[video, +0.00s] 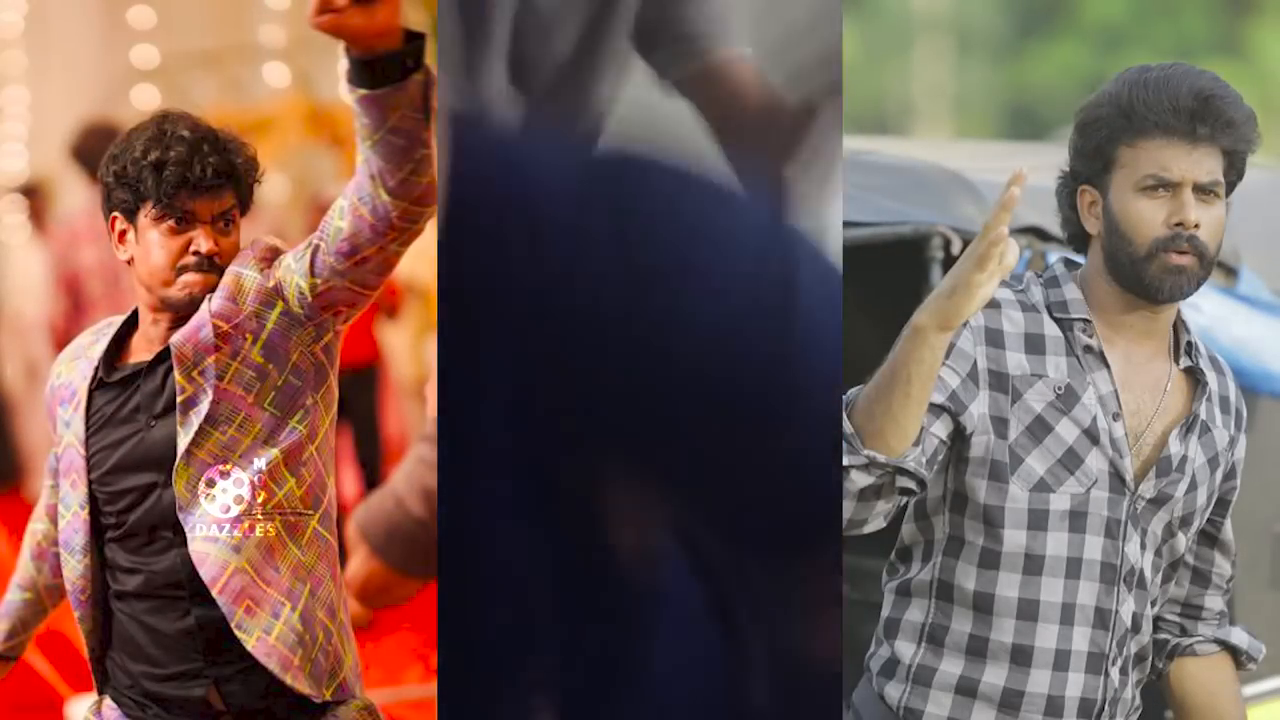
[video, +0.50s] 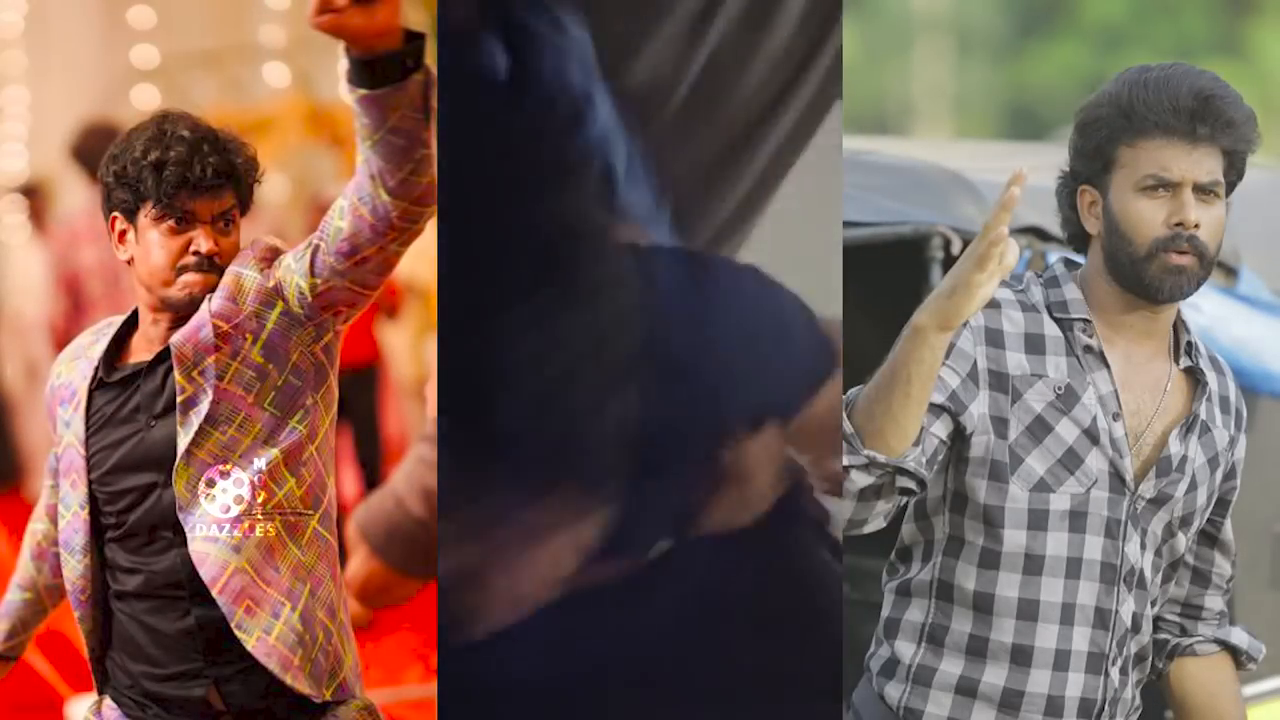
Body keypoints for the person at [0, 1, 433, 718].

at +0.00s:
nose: (206, 245)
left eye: (223, 222)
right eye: (179, 222)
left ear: (243, 230)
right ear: (122, 236)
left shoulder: (287, 312)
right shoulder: (76, 373)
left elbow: (394, 199)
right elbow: (56, 525)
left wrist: (380, 52)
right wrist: (7, 634)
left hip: (291, 700)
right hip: (140, 705)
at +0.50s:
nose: (206, 245)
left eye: (224, 223)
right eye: (179, 222)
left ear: (243, 230)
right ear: (122, 237)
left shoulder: (288, 312)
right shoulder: (76, 373)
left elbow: (395, 199)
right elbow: (56, 524)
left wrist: (380, 52)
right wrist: (8, 633)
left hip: (291, 700)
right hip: (140, 705)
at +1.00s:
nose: (206, 245)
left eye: (223, 222)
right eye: (179, 222)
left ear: (243, 230)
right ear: (122, 236)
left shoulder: (287, 312)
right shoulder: (76, 373)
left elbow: (394, 199)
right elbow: (56, 524)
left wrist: (380, 52)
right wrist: (8, 634)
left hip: (292, 702)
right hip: (140, 707)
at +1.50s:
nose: (206, 245)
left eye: (224, 223)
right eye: (179, 222)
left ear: (243, 230)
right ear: (123, 237)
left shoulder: (288, 311)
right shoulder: (76, 373)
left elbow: (394, 199)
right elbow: (56, 524)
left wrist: (381, 52)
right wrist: (8, 634)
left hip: (291, 700)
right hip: (140, 705)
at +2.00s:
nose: (206, 245)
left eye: (224, 223)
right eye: (179, 222)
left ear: (243, 230)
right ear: (123, 237)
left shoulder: (288, 312)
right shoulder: (76, 373)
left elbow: (394, 200)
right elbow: (56, 524)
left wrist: (381, 52)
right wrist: (8, 634)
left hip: (291, 700)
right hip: (140, 705)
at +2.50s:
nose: (206, 245)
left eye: (223, 222)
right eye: (179, 222)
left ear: (243, 230)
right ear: (122, 236)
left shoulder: (287, 312)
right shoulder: (76, 373)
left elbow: (394, 200)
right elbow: (56, 524)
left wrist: (381, 52)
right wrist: (7, 635)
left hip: (290, 700)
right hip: (140, 705)